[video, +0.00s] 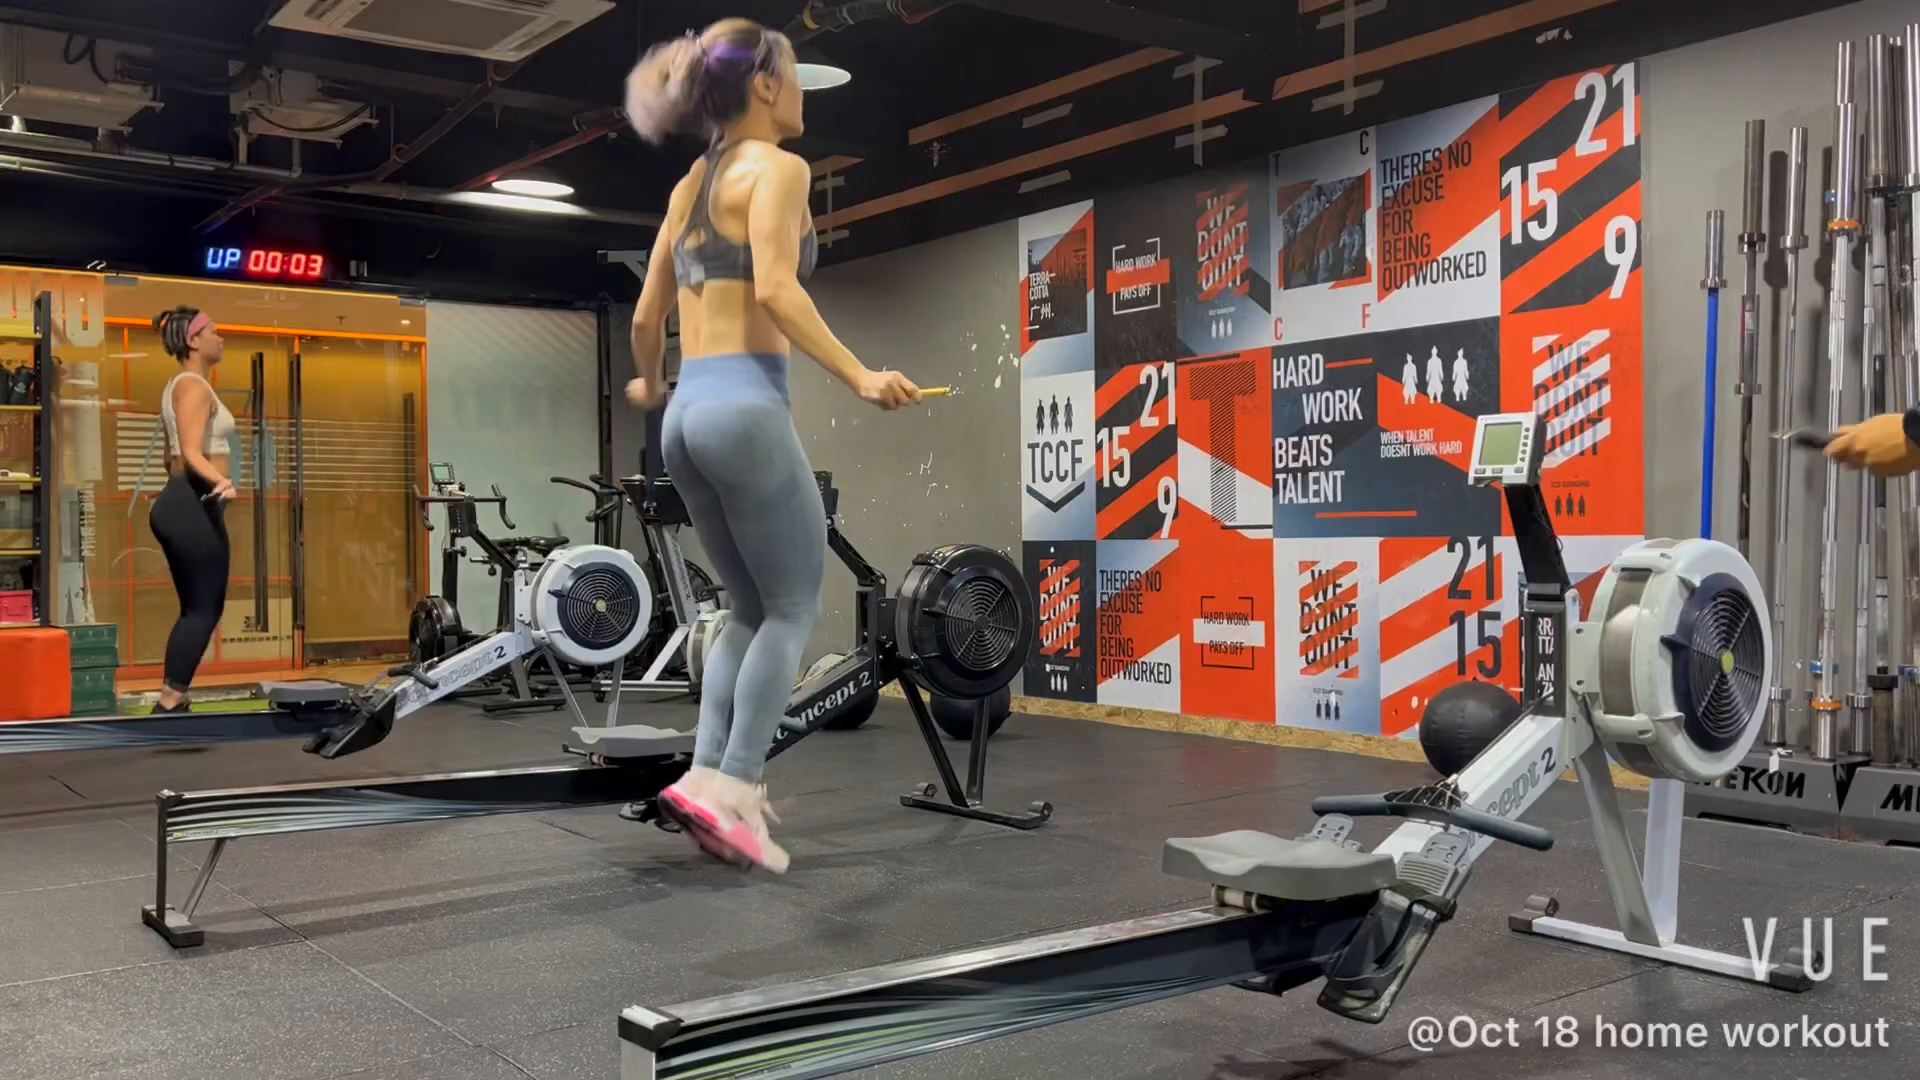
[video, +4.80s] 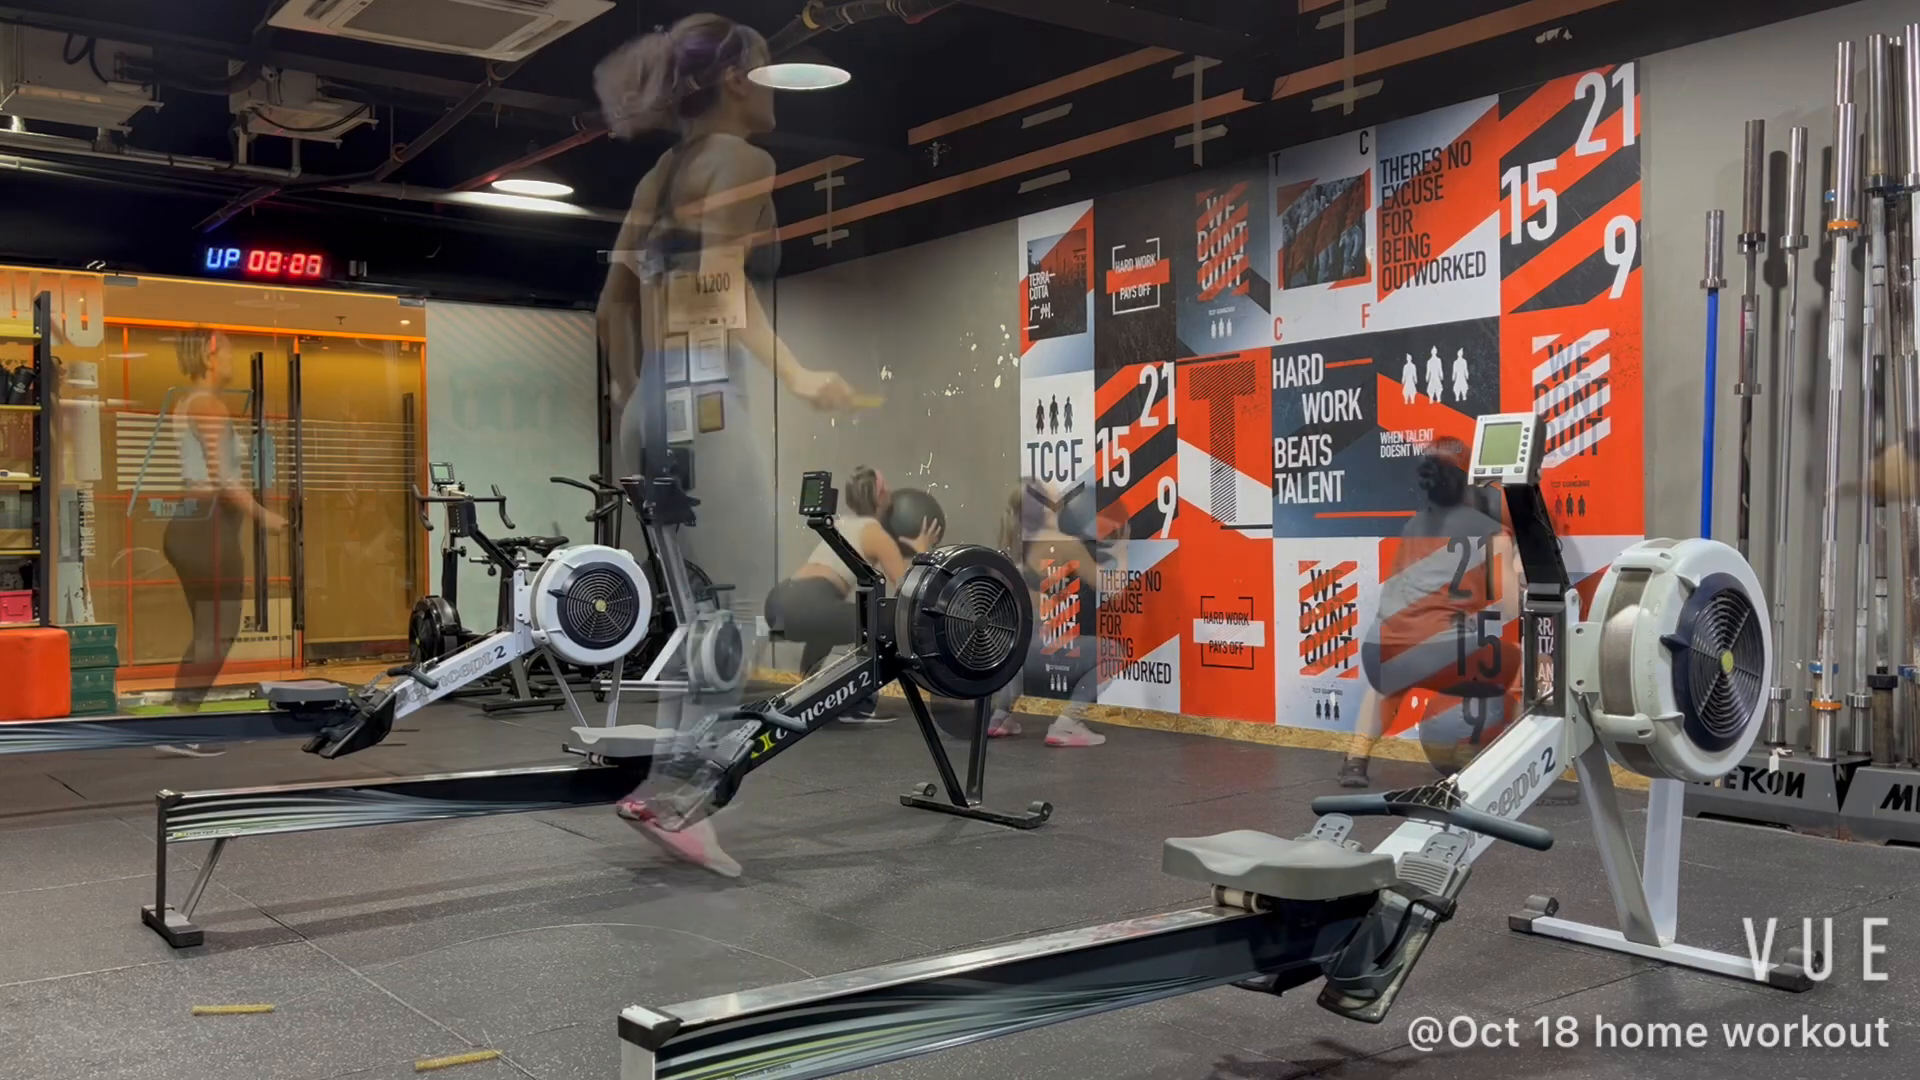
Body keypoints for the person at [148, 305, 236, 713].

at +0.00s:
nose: (221, 336)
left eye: (217, 329)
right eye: (213, 331)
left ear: (191, 343)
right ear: (194, 342)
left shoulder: (179, 385)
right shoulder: (193, 385)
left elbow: (174, 460)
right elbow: (190, 453)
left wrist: (207, 484)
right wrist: (220, 481)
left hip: (179, 501)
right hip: (190, 503)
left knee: (196, 608)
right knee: (205, 607)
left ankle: (173, 697)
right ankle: (172, 698)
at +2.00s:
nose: (215, 331)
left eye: (211, 324)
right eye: (207, 325)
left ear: (183, 337)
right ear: (190, 335)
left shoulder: (172, 380)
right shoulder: (191, 381)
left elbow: (178, 454)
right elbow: (189, 450)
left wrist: (225, 482)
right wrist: (229, 480)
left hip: (169, 495)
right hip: (184, 497)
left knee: (187, 606)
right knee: (197, 606)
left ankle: (164, 699)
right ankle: (166, 702)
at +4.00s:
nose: (234, 356)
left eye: (230, 348)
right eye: (228, 350)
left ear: (204, 359)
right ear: (211, 357)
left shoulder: (190, 404)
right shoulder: (211, 405)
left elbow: (208, 472)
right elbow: (220, 471)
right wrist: (266, 490)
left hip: (192, 523)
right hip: (210, 525)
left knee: (216, 628)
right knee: (231, 627)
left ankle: (189, 713)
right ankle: (193, 716)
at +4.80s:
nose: (232, 359)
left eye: (229, 350)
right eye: (226, 350)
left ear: (202, 354)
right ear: (210, 354)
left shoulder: (188, 403)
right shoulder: (210, 405)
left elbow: (200, 478)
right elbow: (219, 476)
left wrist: (243, 505)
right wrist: (262, 513)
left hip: (190, 527)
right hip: (210, 528)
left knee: (208, 632)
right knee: (220, 633)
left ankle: (179, 719)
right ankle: (182, 721)